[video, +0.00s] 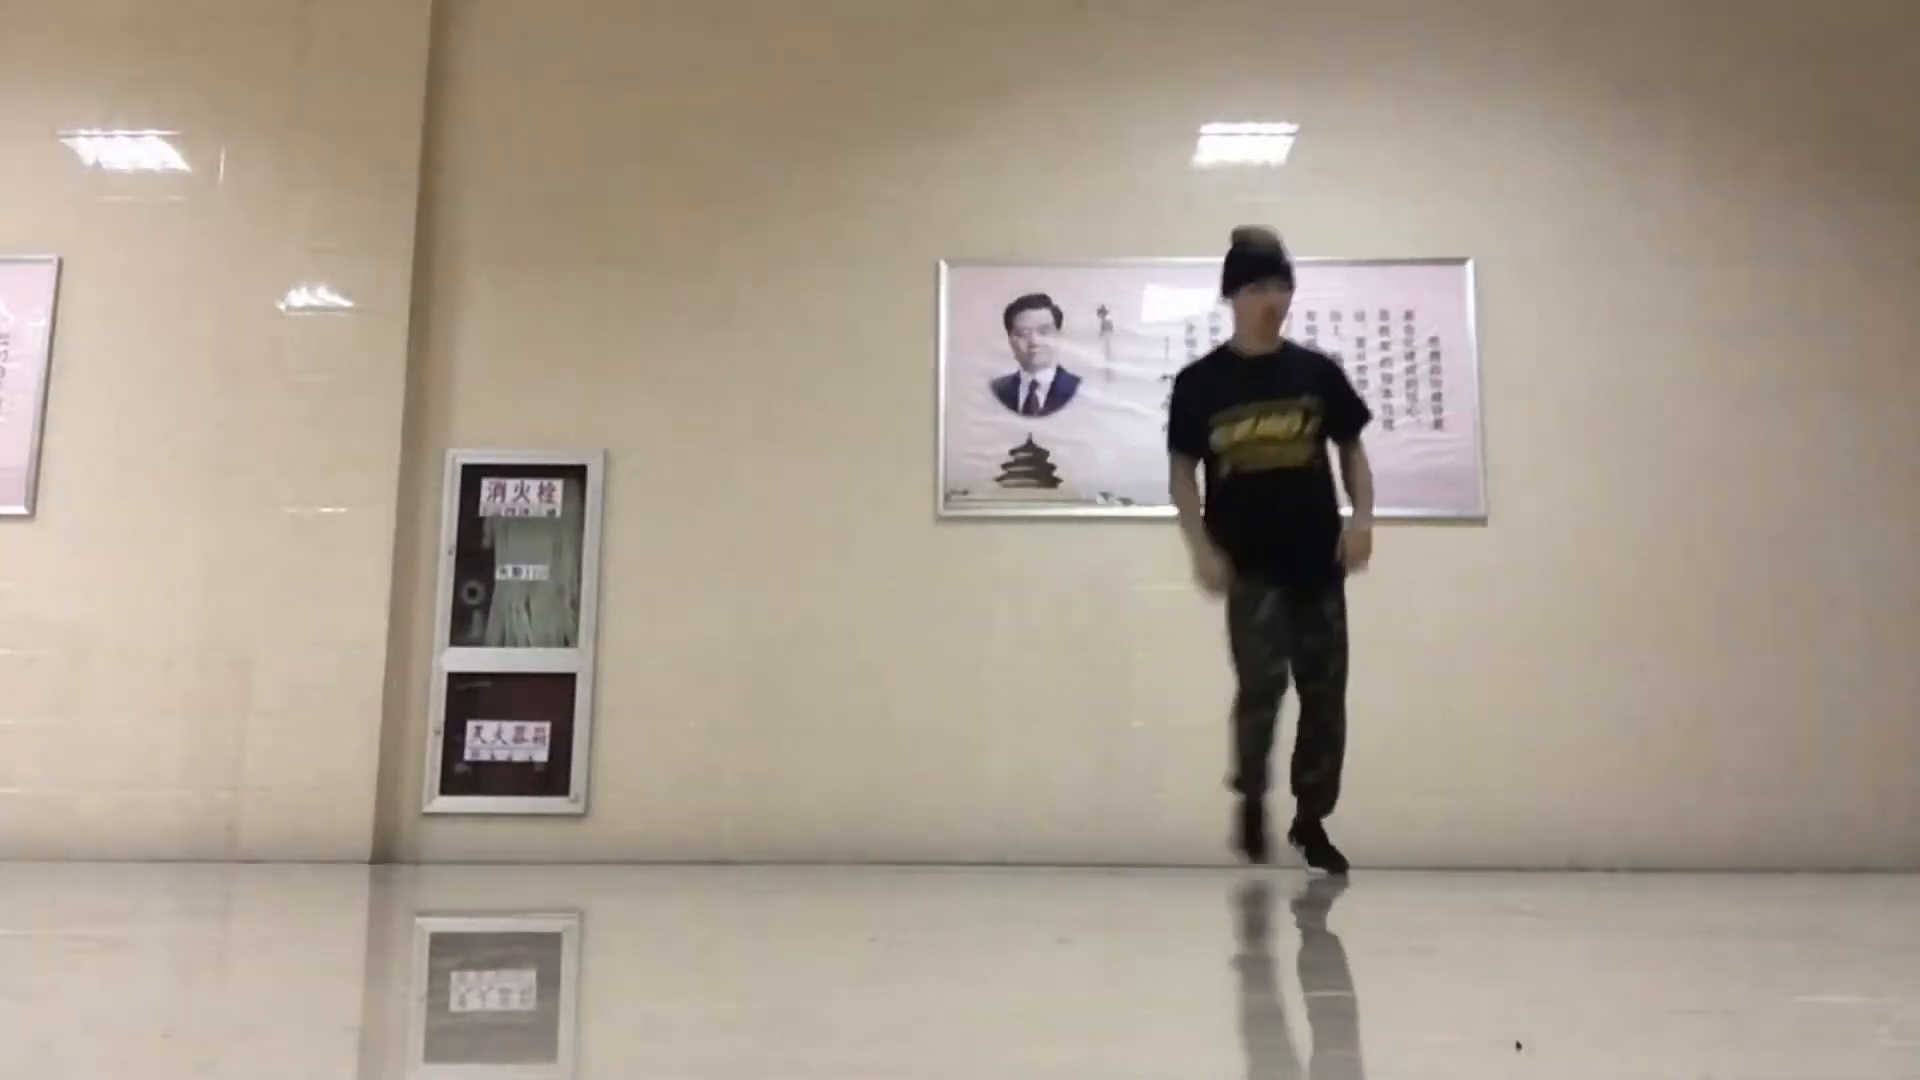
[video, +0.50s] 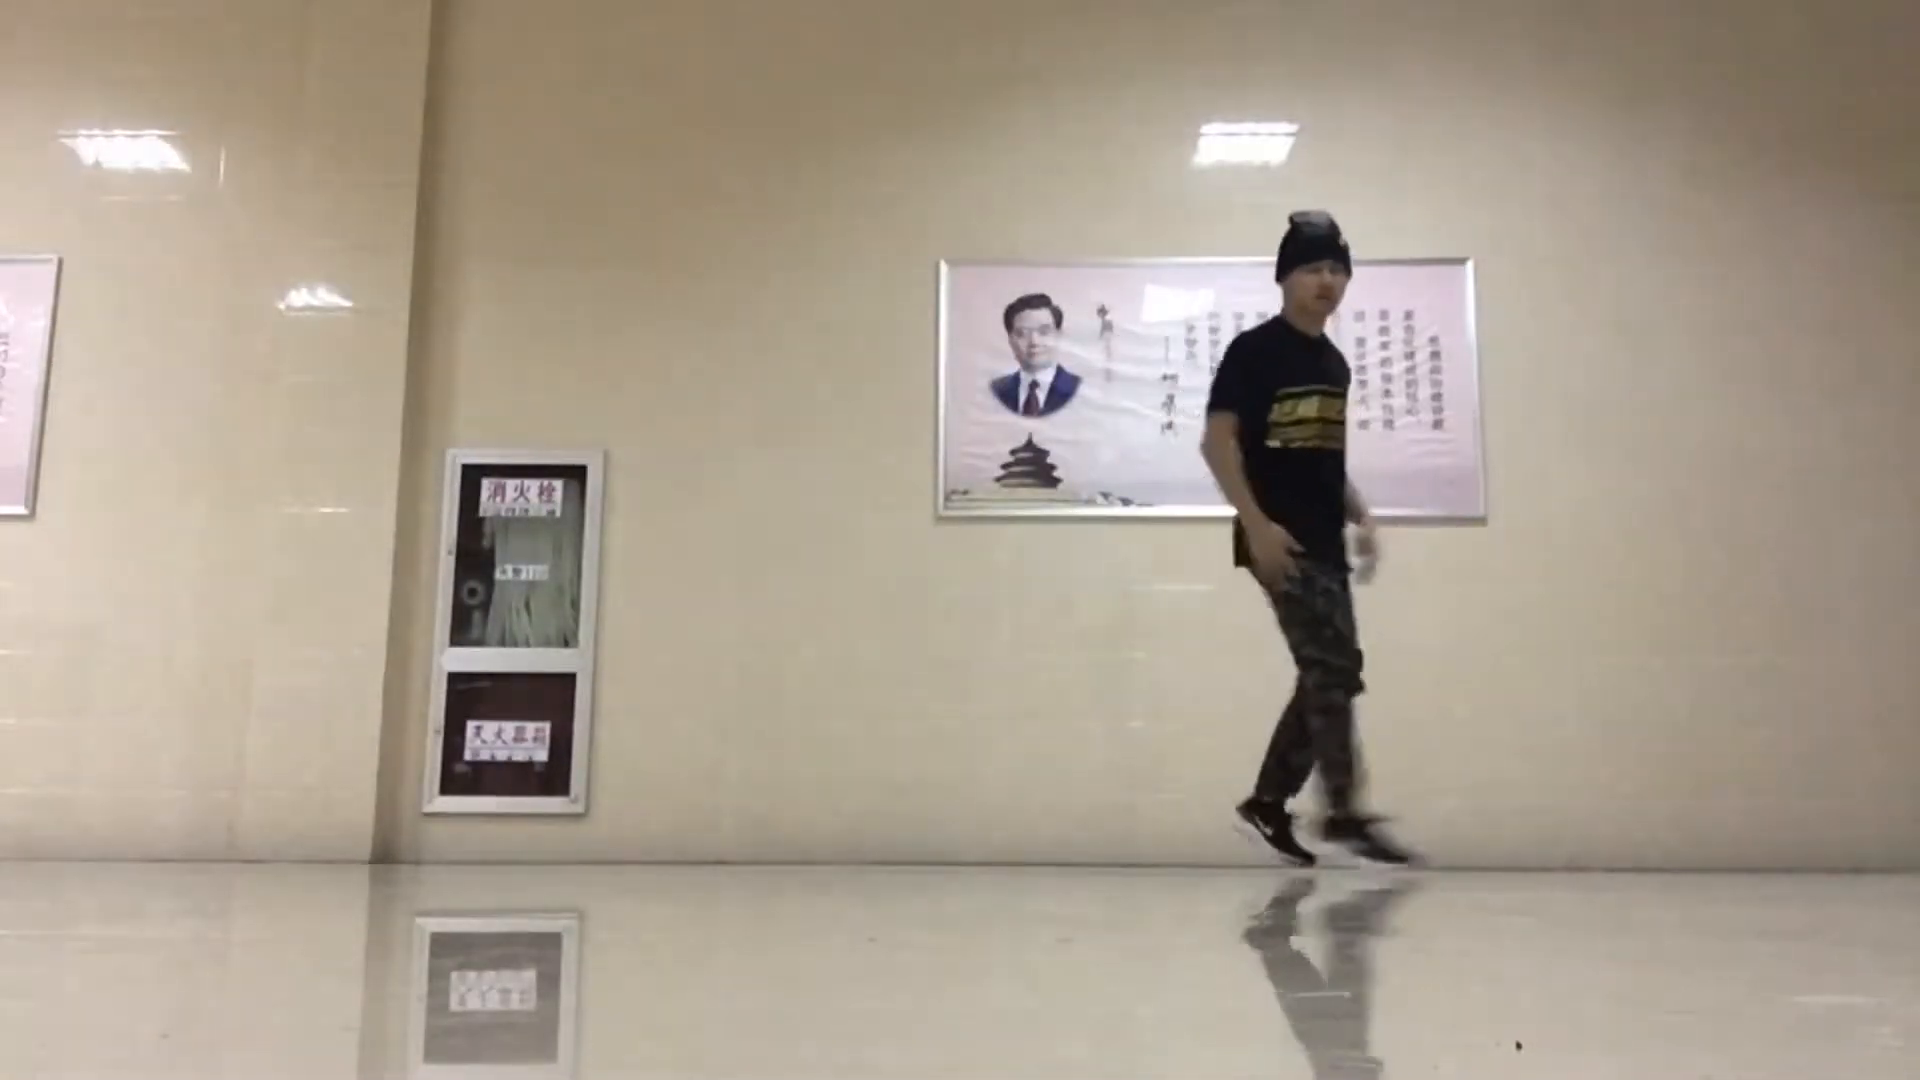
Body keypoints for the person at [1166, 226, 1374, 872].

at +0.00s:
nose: (1274, 304)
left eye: (1282, 292)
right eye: (1260, 292)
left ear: (1292, 296)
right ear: (1232, 297)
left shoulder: (1318, 371)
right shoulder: (1197, 384)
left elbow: (1352, 448)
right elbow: (1181, 473)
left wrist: (1360, 519)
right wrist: (1201, 547)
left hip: (1317, 558)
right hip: (1248, 564)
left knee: (1325, 696)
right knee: (1260, 691)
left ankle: (1310, 819)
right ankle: (1251, 804)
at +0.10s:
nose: (1301, 274)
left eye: (1307, 263)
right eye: (1287, 263)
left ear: (1314, 269)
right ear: (1254, 268)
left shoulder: (1327, 343)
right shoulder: (1219, 349)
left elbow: (1344, 427)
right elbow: (1187, 441)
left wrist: (1375, 484)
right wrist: (1233, 504)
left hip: (1332, 521)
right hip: (1268, 524)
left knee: (1340, 657)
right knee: (1307, 646)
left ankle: (1319, 798)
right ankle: (1312, 798)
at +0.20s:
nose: (1319, 287)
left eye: (1327, 276)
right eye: (1307, 275)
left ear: (1332, 281)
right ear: (1273, 278)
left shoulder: (1336, 363)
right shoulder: (1242, 355)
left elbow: (1341, 446)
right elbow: (1206, 444)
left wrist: (1391, 485)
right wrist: (1262, 501)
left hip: (1348, 526)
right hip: (1294, 529)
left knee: (1365, 669)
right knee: (1346, 665)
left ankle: (1287, 789)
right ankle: (1375, 810)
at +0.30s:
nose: (1336, 317)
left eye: (1342, 307)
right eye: (1323, 304)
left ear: (1344, 314)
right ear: (1288, 309)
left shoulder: (1326, 390)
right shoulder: (1268, 385)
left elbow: (1347, 496)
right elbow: (1242, 474)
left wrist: (1418, 514)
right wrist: (1310, 534)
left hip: (1360, 567)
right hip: (1321, 569)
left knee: (1383, 701)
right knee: (1394, 683)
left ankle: (1276, 803)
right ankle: (1380, 830)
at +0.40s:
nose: (1336, 310)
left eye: (1344, 300)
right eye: (1325, 296)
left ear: (1347, 307)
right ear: (1291, 297)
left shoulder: (1323, 380)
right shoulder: (1270, 374)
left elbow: (1348, 488)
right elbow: (1255, 470)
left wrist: (1413, 535)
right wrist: (1307, 549)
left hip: (1354, 564)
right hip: (1322, 565)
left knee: (1368, 699)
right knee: (1390, 686)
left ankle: (1266, 803)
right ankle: (1379, 830)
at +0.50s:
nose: (1329, 284)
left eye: (1338, 273)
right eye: (1315, 270)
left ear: (1346, 283)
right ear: (1285, 275)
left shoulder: (1333, 361)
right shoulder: (1251, 350)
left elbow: (1326, 457)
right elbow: (1218, 443)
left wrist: (1358, 515)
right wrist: (1255, 524)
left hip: (1327, 536)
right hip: (1280, 535)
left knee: (1329, 671)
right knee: (1332, 666)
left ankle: (1267, 800)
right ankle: (1344, 812)